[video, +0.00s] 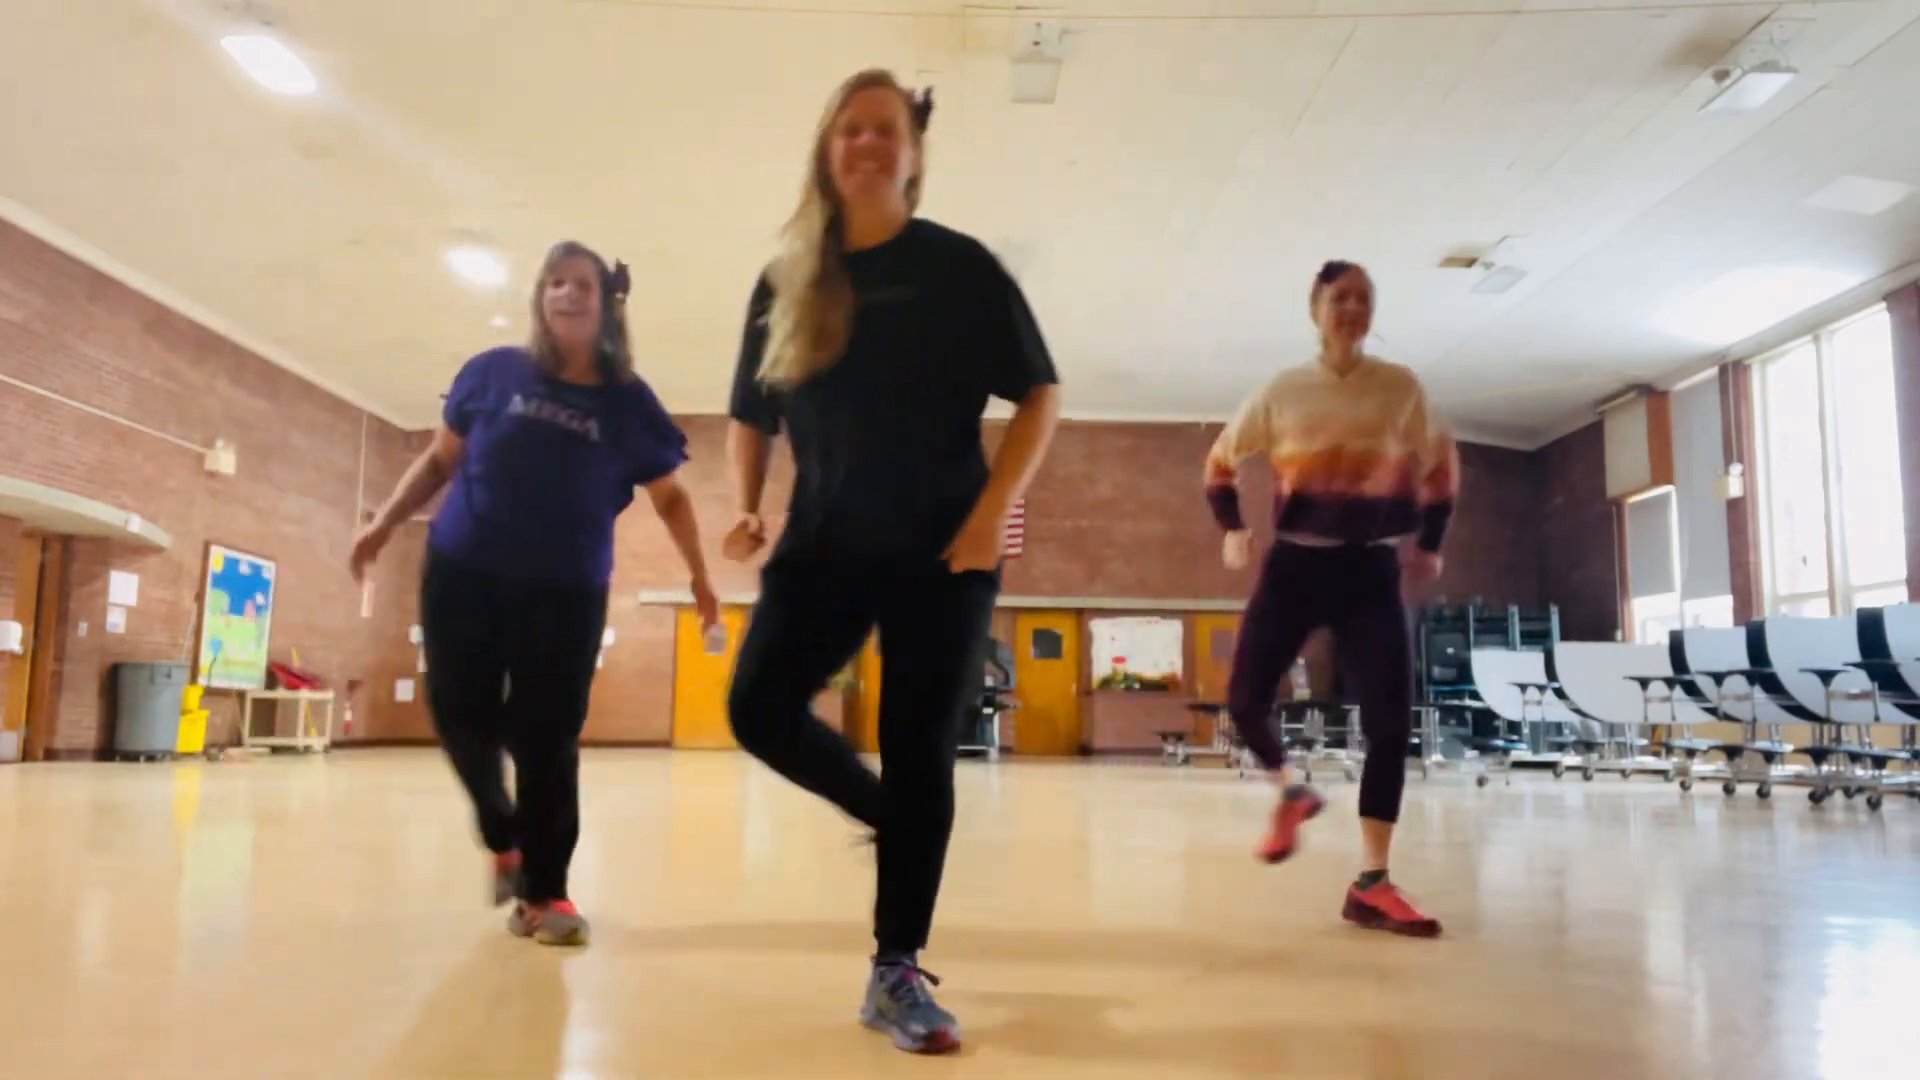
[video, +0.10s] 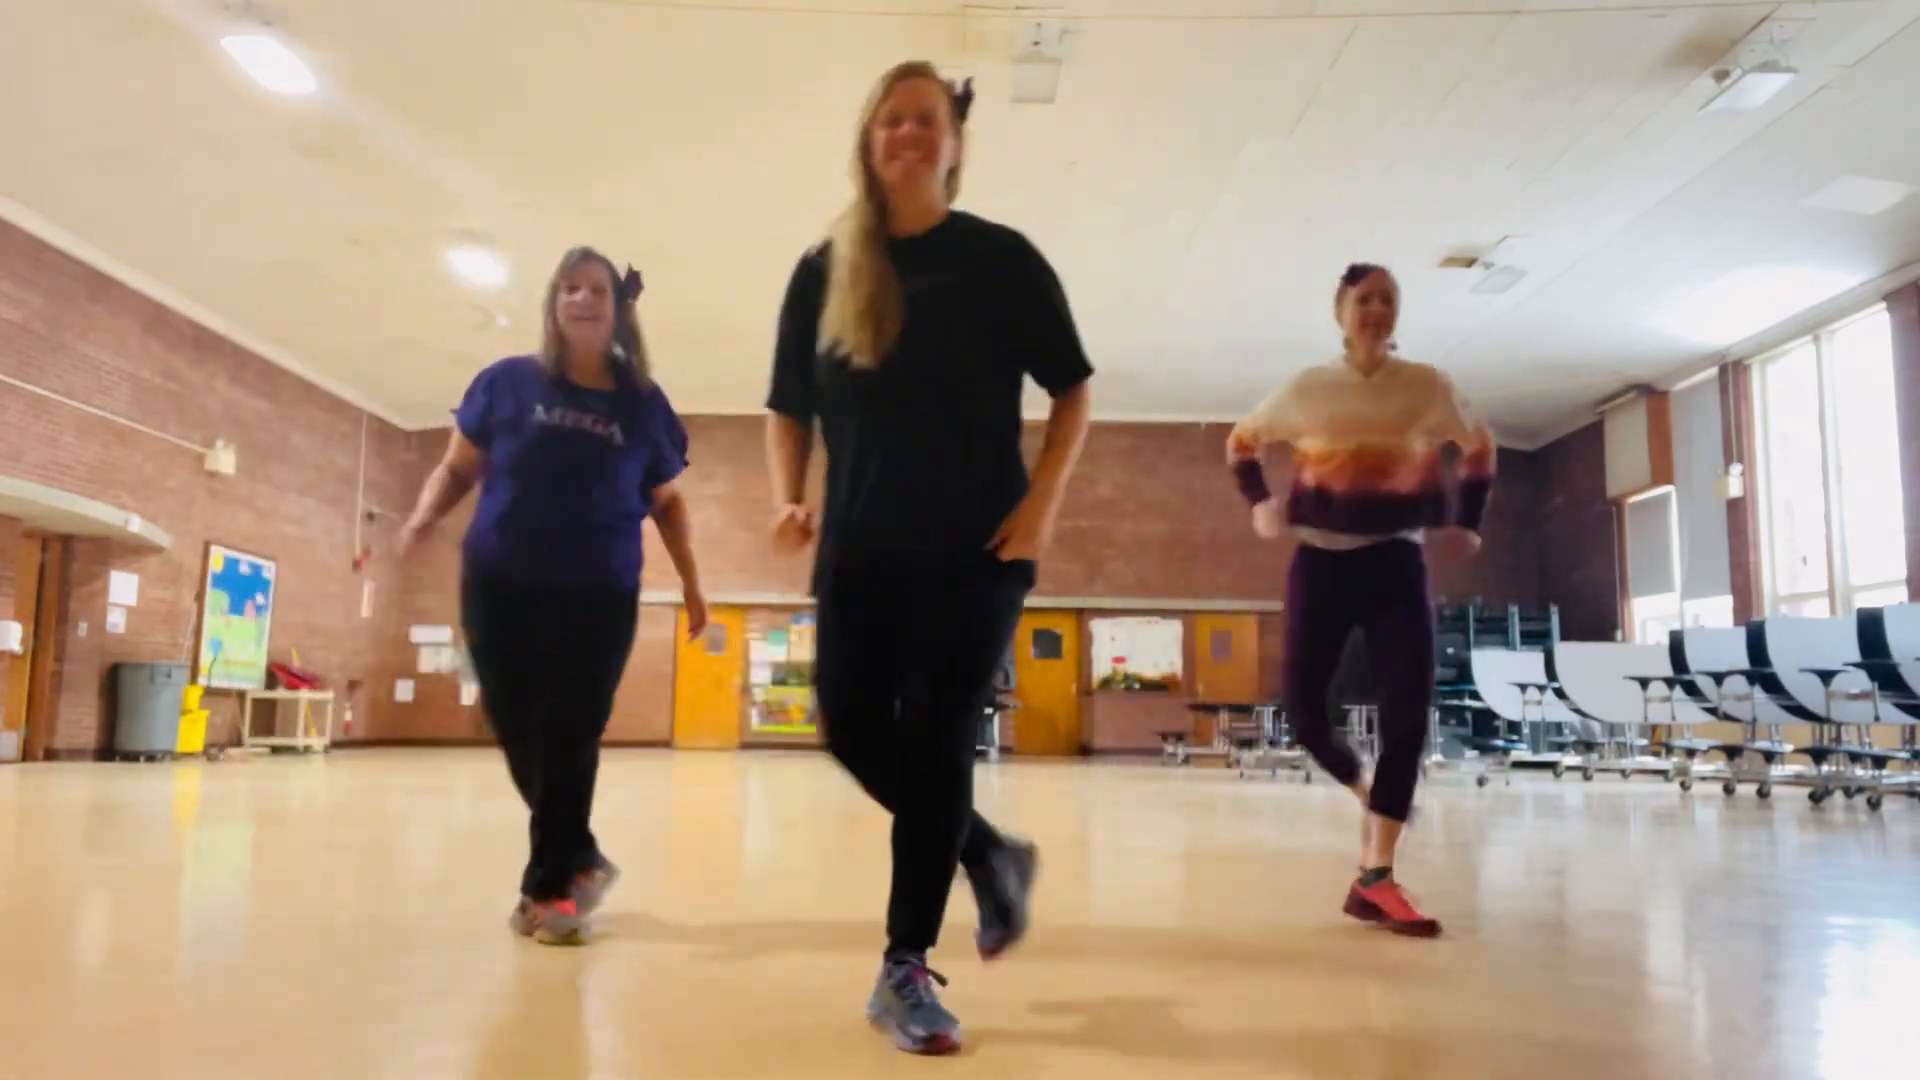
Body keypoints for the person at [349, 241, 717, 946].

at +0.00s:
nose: (568, 294)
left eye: (583, 286)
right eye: (557, 283)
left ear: (606, 306)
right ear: (538, 299)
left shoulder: (627, 402)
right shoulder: (493, 373)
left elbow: (671, 499)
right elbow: (439, 460)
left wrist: (700, 577)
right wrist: (381, 524)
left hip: (562, 592)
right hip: (465, 578)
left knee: (548, 741)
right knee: (460, 719)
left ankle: (544, 894)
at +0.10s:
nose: (583, 298)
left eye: (596, 290)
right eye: (572, 288)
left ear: (618, 309)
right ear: (552, 304)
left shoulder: (642, 404)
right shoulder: (509, 381)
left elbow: (668, 505)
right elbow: (457, 468)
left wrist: (693, 590)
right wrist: (420, 521)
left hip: (596, 591)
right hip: (503, 583)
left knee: (570, 738)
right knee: (521, 737)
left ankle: (544, 894)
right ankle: (584, 861)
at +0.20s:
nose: (589, 312)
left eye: (599, 302)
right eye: (575, 301)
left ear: (617, 316)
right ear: (552, 316)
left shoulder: (651, 408)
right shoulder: (516, 403)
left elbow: (672, 504)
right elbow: (465, 496)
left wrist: (685, 585)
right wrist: (462, 539)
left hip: (631, 593)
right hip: (537, 594)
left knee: (600, 735)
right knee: (554, 742)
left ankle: (567, 883)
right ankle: (603, 877)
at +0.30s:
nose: (592, 316)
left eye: (600, 305)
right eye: (577, 307)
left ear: (617, 316)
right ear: (553, 324)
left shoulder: (662, 402)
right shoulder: (531, 412)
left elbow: (696, 493)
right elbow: (485, 506)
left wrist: (730, 545)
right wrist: (503, 532)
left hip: (655, 594)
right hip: (560, 597)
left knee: (649, 735)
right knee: (566, 740)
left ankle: (625, 878)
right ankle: (593, 872)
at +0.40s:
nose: (605, 309)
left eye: (614, 298)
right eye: (589, 302)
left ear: (632, 311)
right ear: (568, 324)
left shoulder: (679, 395)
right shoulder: (545, 409)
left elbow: (721, 476)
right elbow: (509, 513)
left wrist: (771, 489)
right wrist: (535, 478)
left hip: (672, 586)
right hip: (574, 592)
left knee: (688, 725)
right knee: (579, 743)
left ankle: (690, 863)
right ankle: (598, 880)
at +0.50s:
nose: (625, 308)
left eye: (633, 296)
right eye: (609, 300)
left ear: (652, 309)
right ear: (589, 319)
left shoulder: (699, 394)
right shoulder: (564, 404)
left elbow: (734, 480)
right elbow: (528, 504)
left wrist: (763, 467)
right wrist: (553, 457)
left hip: (689, 583)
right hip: (592, 588)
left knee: (712, 726)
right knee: (587, 738)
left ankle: (742, 864)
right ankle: (599, 880)